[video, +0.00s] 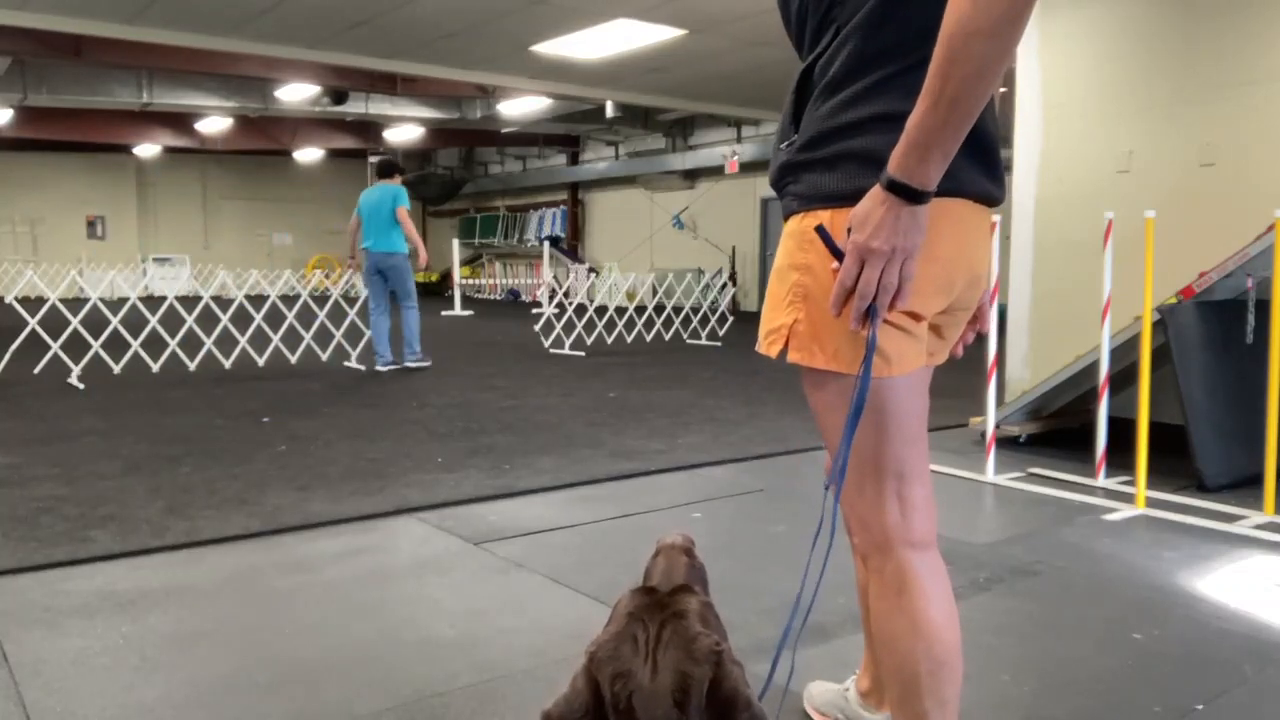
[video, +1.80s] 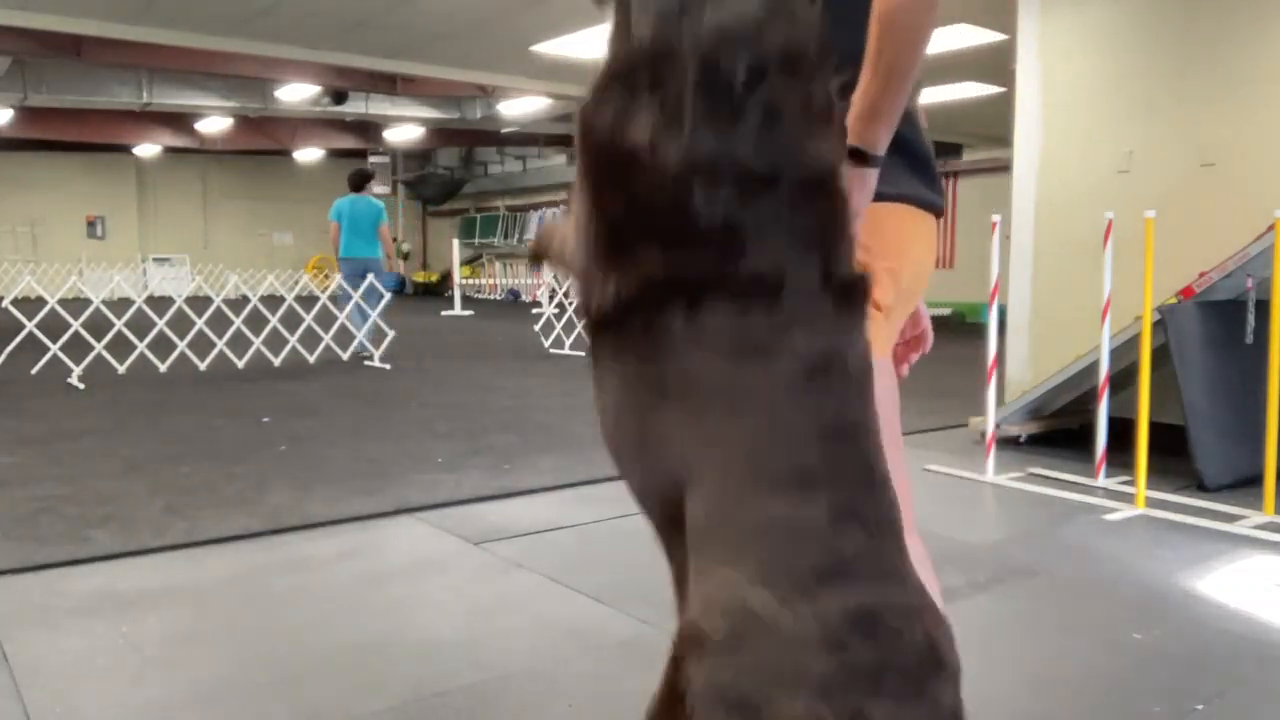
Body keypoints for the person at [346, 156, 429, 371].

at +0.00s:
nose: (400, 180)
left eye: (400, 178)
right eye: (400, 177)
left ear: (378, 176)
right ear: (396, 176)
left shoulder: (365, 194)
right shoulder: (398, 191)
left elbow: (353, 227)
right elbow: (403, 218)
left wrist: (352, 255)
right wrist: (420, 247)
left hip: (370, 254)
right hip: (395, 254)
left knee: (377, 307)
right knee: (409, 304)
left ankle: (382, 358)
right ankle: (413, 354)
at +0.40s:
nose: (419, 184)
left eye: (418, 181)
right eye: (419, 181)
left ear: (397, 180)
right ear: (416, 180)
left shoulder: (385, 198)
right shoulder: (422, 195)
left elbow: (370, 228)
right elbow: (434, 223)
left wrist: (364, 256)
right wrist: (451, 246)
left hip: (395, 255)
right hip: (419, 256)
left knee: (401, 302)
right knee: (424, 305)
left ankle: (394, 343)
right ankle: (423, 357)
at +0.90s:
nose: (387, 187)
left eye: (388, 184)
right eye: (388, 184)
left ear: (390, 185)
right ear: (407, 183)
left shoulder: (384, 204)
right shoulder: (422, 201)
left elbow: (378, 231)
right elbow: (438, 229)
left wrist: (371, 261)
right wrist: (449, 253)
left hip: (398, 258)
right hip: (422, 258)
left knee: (401, 304)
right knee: (424, 304)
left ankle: (407, 347)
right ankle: (423, 348)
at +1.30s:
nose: (371, 186)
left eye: (372, 183)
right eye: (372, 183)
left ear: (376, 184)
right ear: (394, 183)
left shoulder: (374, 203)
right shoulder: (405, 202)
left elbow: (369, 230)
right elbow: (418, 230)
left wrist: (361, 259)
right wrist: (419, 254)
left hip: (386, 256)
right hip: (407, 255)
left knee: (396, 302)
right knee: (399, 300)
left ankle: (408, 348)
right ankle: (398, 339)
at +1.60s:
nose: (360, 189)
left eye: (360, 186)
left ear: (362, 187)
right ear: (380, 186)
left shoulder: (355, 207)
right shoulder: (390, 207)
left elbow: (350, 235)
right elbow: (398, 234)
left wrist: (350, 260)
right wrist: (403, 256)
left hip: (365, 259)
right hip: (387, 259)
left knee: (376, 304)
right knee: (377, 304)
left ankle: (400, 341)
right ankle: (366, 343)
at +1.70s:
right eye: (374, 184)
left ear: (356, 185)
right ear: (374, 186)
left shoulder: (346, 205)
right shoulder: (383, 207)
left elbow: (341, 235)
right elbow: (392, 237)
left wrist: (343, 259)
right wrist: (398, 259)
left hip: (356, 259)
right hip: (380, 259)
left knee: (359, 302)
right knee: (378, 300)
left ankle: (384, 333)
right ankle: (365, 343)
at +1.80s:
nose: (370, 187)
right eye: (369, 184)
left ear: (350, 185)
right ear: (368, 185)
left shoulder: (340, 203)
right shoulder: (377, 205)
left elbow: (334, 232)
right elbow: (384, 234)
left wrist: (337, 254)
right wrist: (393, 259)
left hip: (349, 257)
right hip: (373, 257)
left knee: (350, 299)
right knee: (373, 297)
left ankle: (362, 341)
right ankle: (364, 338)